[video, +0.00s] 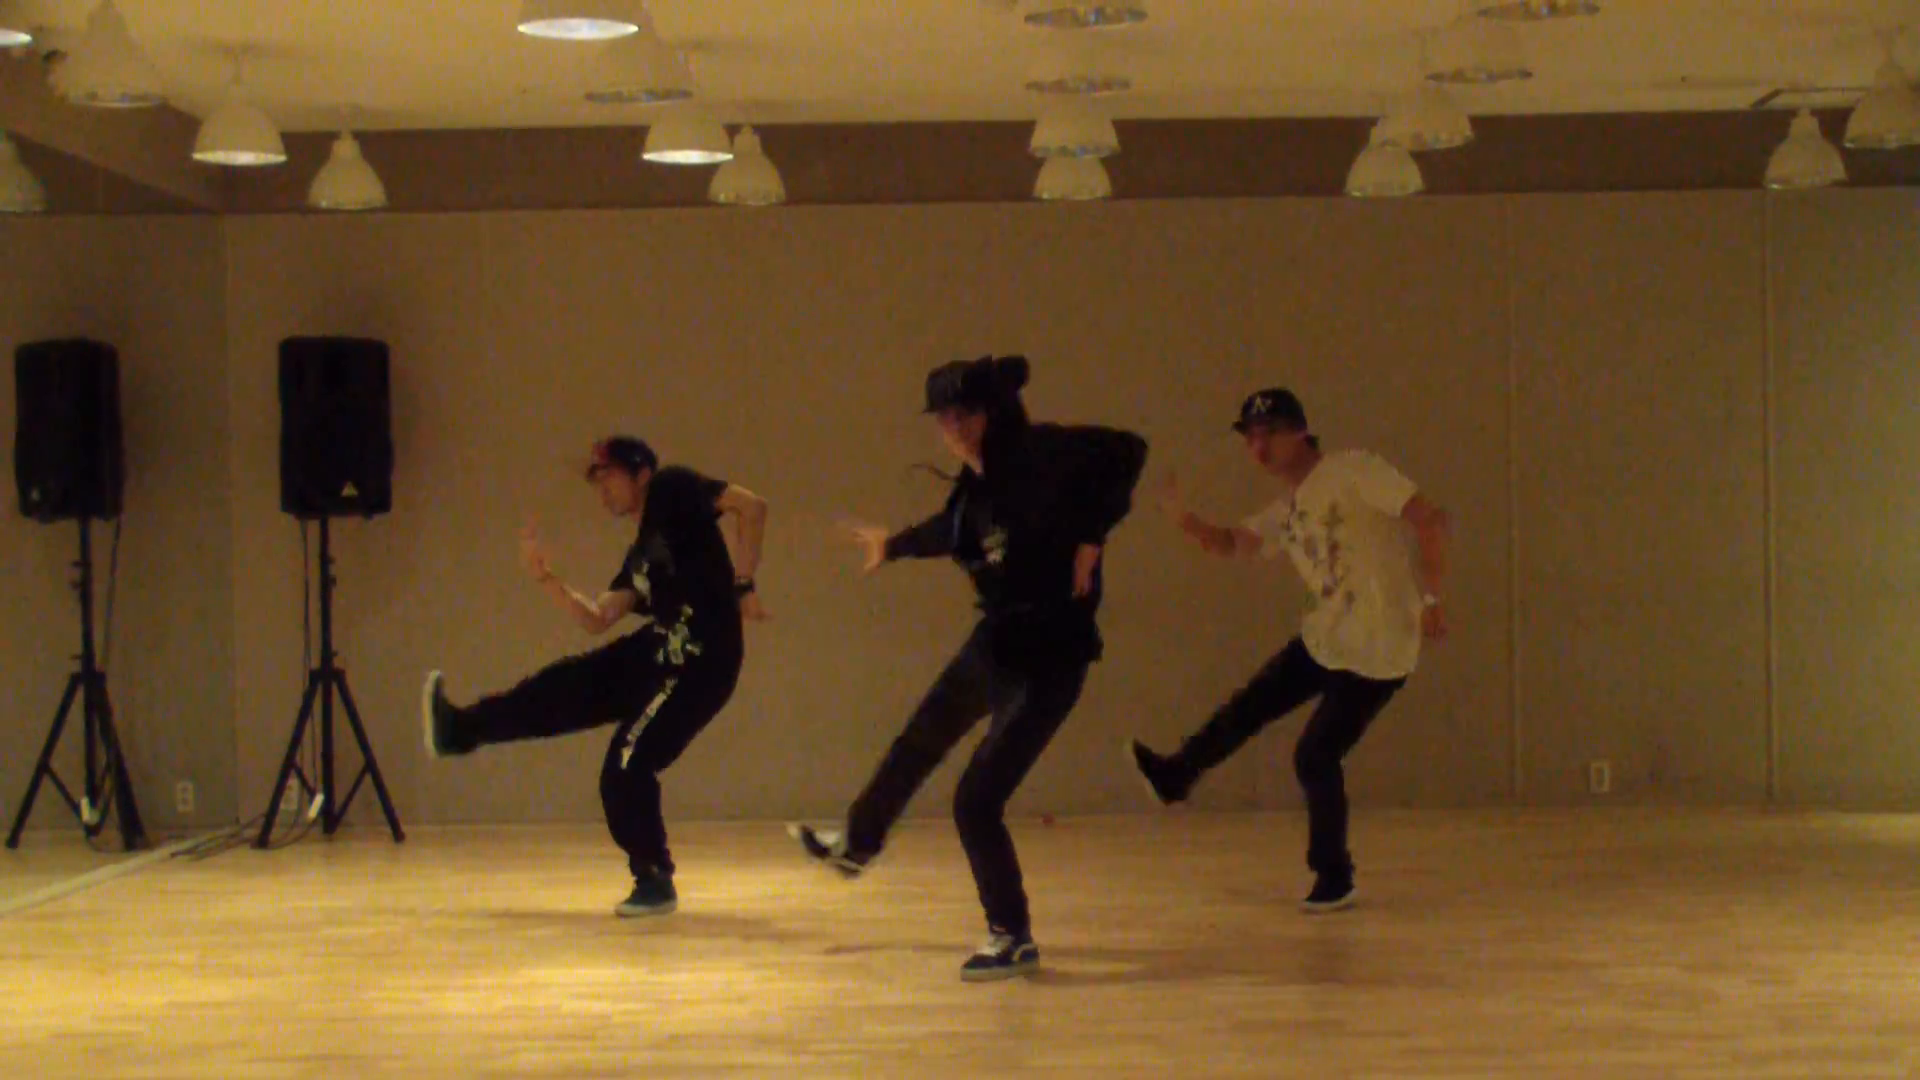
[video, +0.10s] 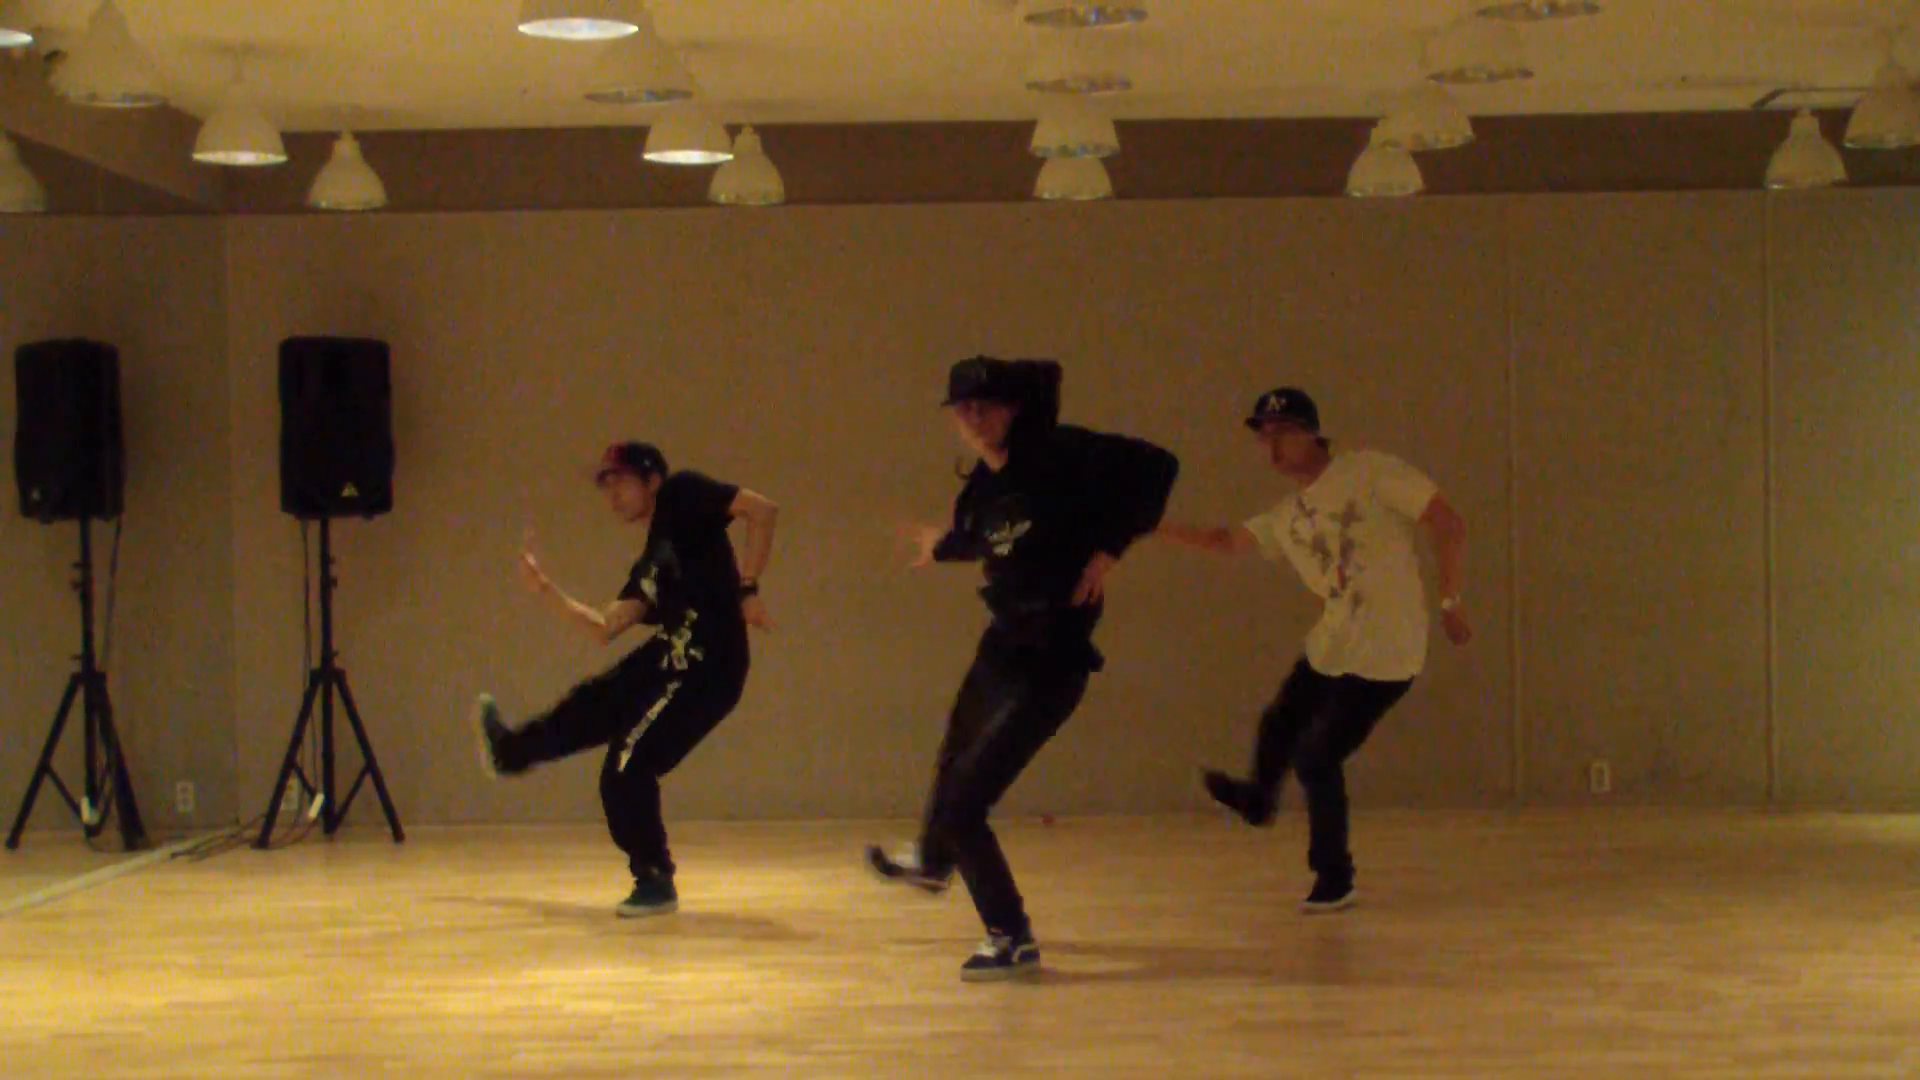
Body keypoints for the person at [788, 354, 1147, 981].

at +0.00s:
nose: (949, 432)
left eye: (955, 418)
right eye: (942, 422)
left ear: (985, 412)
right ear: (944, 425)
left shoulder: (1045, 450)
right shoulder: (972, 484)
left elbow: (1127, 449)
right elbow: (951, 531)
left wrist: (1093, 537)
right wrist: (892, 545)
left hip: (1055, 650)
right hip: (999, 640)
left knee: (976, 800)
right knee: (921, 739)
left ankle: (1011, 936)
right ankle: (857, 844)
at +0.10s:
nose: (974, 422)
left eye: (984, 408)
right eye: (964, 412)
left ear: (1013, 406)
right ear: (957, 421)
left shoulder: (1065, 452)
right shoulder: (982, 487)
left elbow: (1156, 467)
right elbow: (978, 538)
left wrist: (1109, 551)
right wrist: (940, 547)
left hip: (1056, 655)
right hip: (1004, 645)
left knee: (964, 795)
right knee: (957, 754)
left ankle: (1012, 936)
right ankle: (931, 862)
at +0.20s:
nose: (996, 415)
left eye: (1007, 403)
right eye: (985, 406)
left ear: (1033, 406)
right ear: (975, 415)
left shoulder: (1080, 457)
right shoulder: (988, 487)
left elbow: (1174, 487)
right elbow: (990, 564)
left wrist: (1124, 568)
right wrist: (961, 573)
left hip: (1064, 660)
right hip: (1009, 656)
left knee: (965, 802)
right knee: (999, 778)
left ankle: (1010, 935)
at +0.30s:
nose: (1022, 409)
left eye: (1033, 396)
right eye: (1011, 399)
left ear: (1058, 399)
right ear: (1000, 407)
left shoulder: (1107, 459)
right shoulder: (1012, 476)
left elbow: (1185, 519)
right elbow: (1010, 570)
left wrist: (1153, 613)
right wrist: (952, 586)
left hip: (1078, 665)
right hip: (1034, 664)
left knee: (975, 792)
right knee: (1057, 812)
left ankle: (1015, 935)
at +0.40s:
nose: (1051, 423)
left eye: (1061, 410)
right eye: (1038, 413)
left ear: (1084, 412)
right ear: (1024, 420)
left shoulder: (1127, 481)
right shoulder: (1028, 484)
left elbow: (1157, 585)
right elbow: (1008, 574)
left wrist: (1171, 685)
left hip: (1097, 675)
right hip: (1061, 677)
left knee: (977, 777)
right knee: (1114, 823)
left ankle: (1070, 897)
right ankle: (1241, 908)